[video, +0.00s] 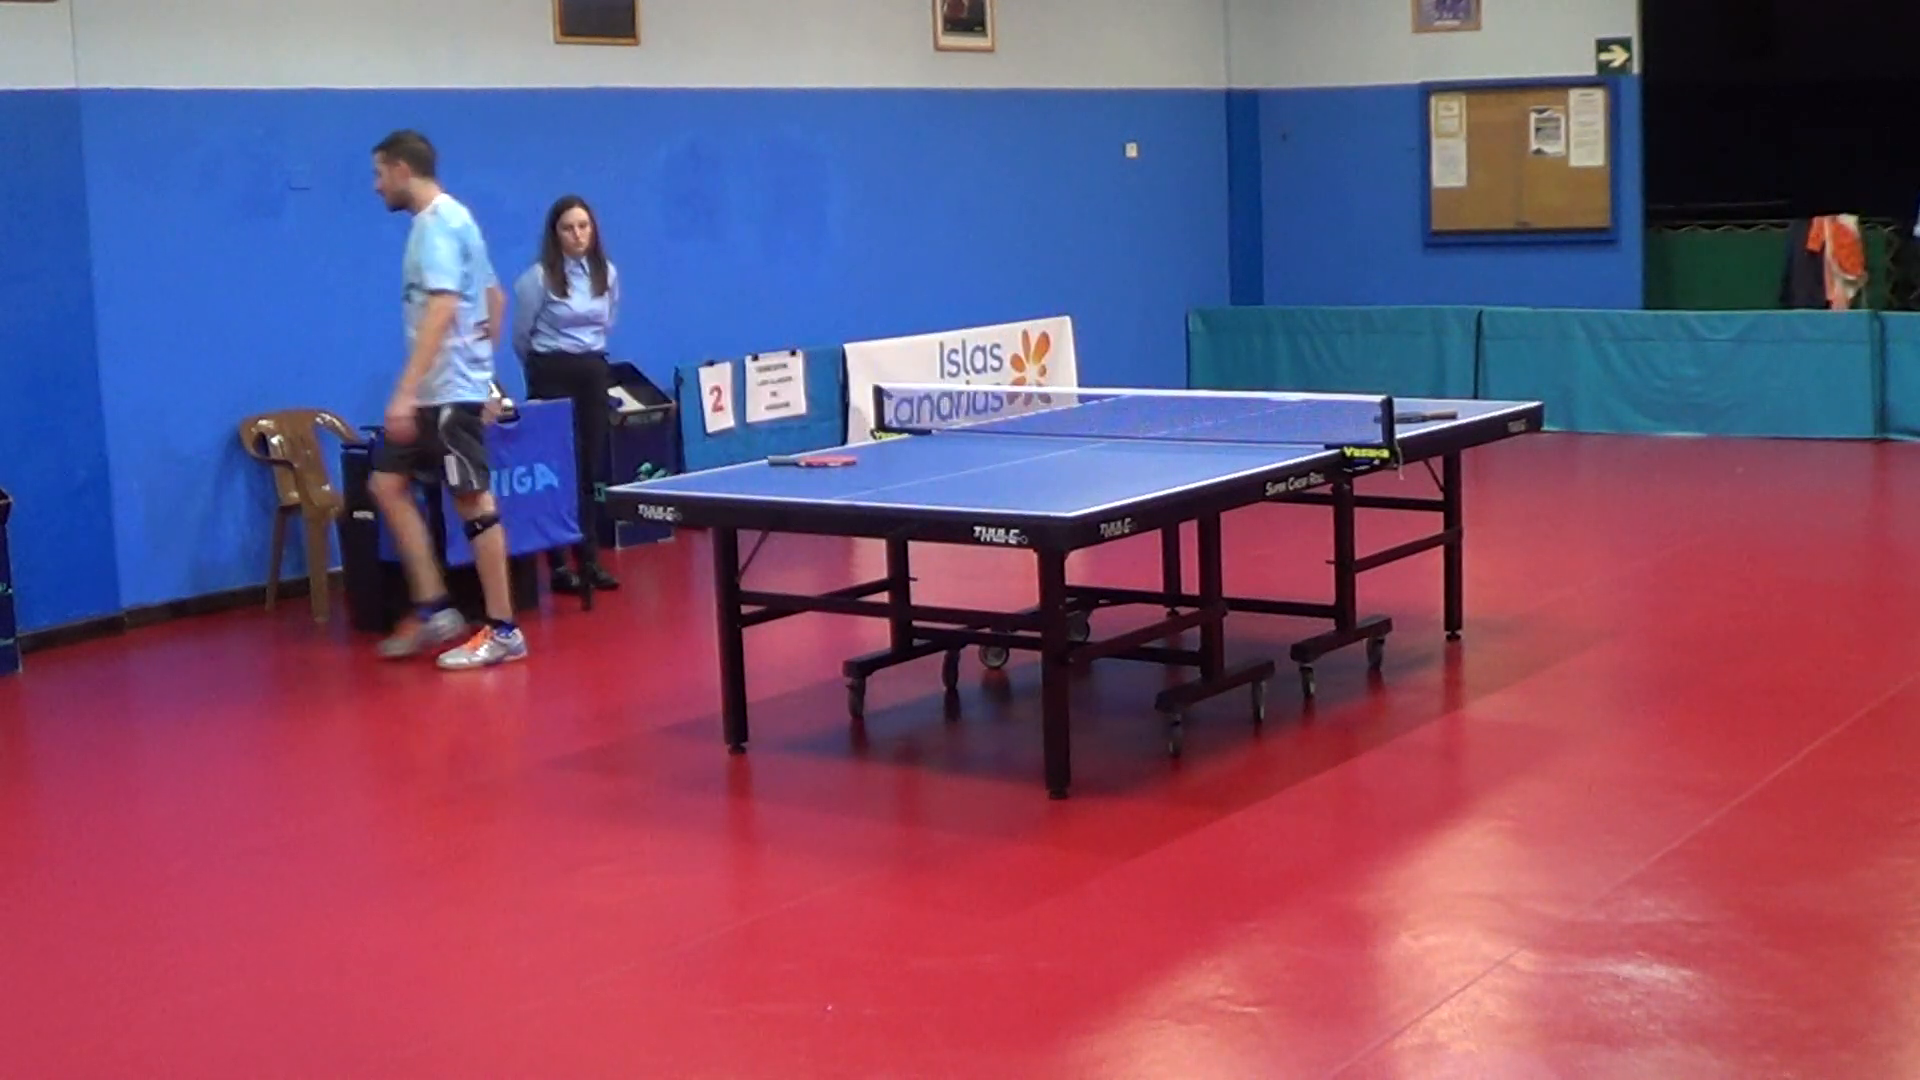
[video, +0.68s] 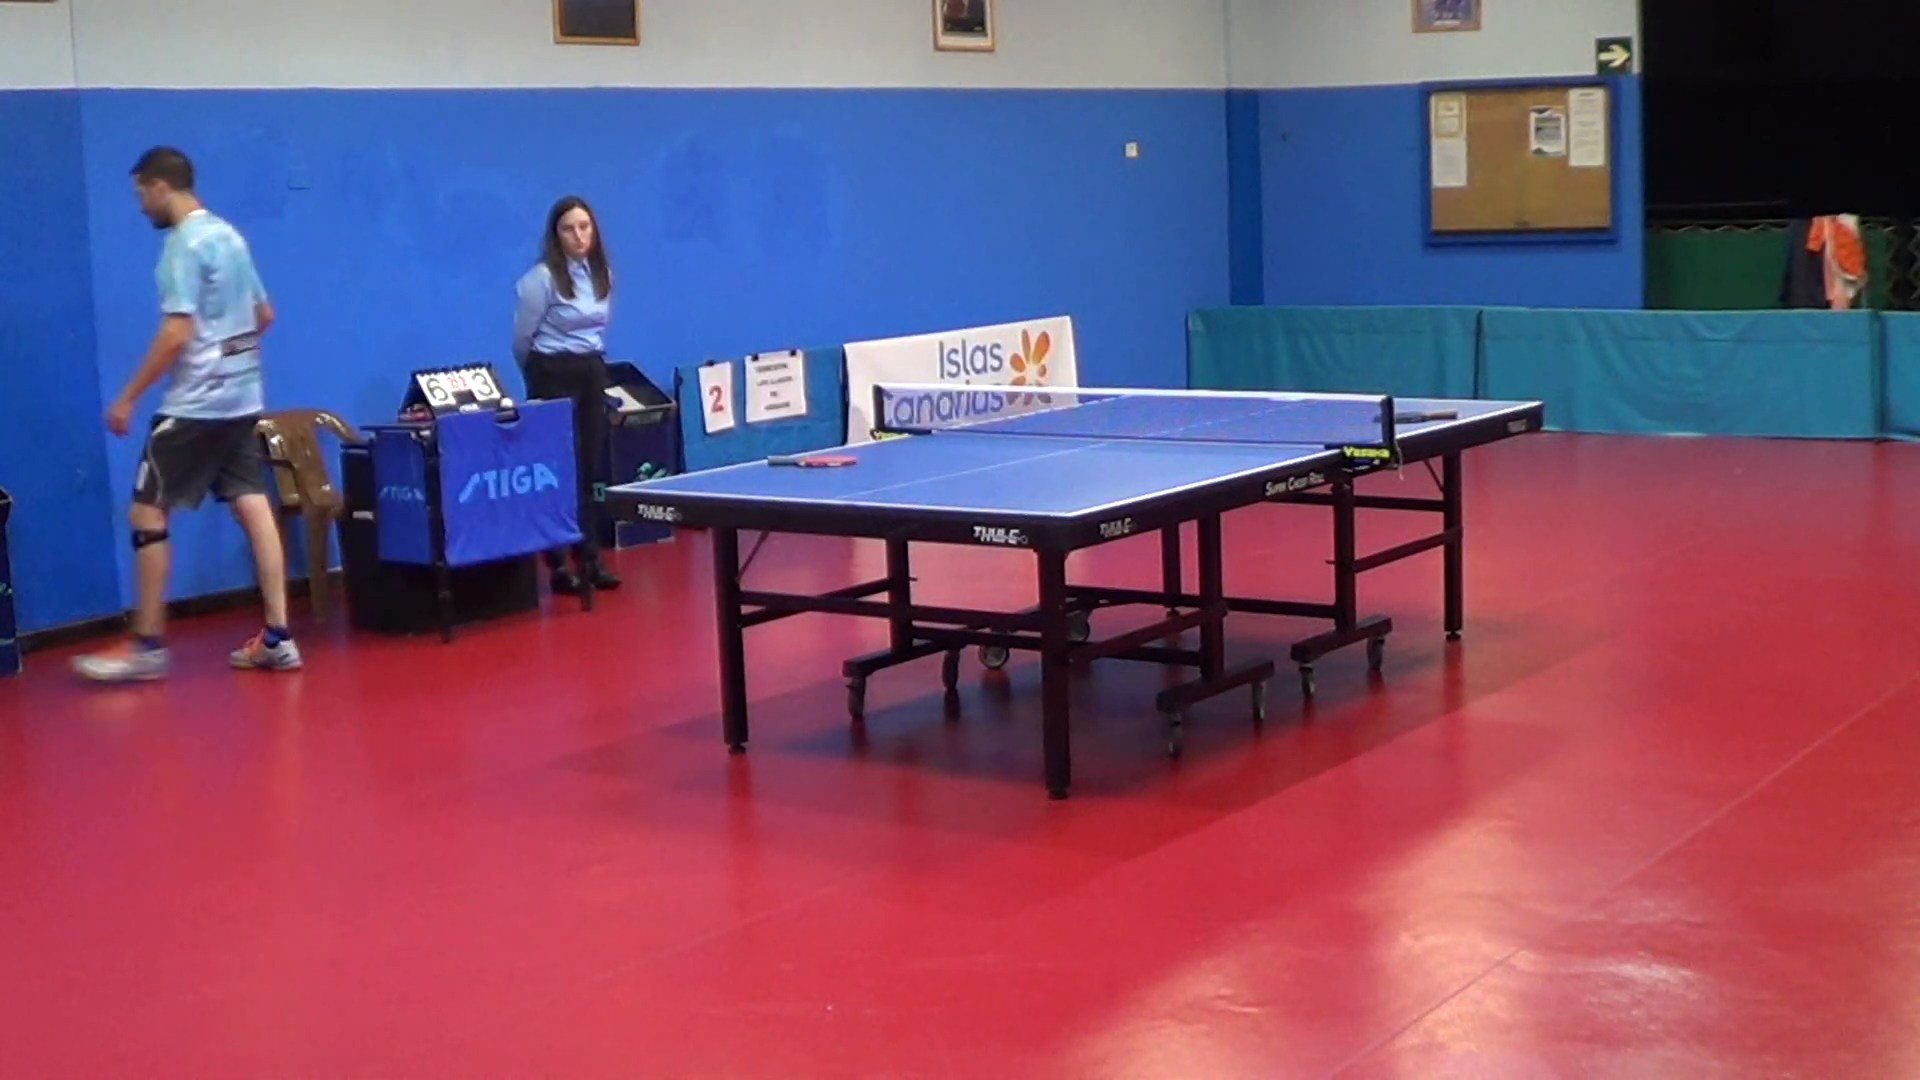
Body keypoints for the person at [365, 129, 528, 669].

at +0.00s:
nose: (376, 183)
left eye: (381, 172)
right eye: (376, 173)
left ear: (404, 171)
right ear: (415, 170)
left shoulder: (437, 224)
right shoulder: (455, 218)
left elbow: (442, 310)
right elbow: (494, 298)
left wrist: (405, 392)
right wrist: (479, 368)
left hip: (454, 393)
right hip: (431, 393)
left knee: (475, 504)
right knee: (387, 486)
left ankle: (503, 628)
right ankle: (435, 611)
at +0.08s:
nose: (348, 189)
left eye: (352, 177)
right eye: (348, 178)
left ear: (374, 175)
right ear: (385, 175)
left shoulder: (405, 229)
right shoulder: (427, 224)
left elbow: (399, 318)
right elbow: (469, 306)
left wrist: (351, 394)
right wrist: (460, 381)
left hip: (428, 399)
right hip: (398, 401)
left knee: (464, 507)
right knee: (370, 499)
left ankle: (502, 628)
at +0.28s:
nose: (275, 195)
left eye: (279, 184)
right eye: (276, 184)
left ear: (300, 183)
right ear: (315, 182)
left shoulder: (326, 239)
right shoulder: (358, 235)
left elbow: (315, 326)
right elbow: (395, 320)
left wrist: (260, 397)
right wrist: (386, 400)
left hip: (341, 410)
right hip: (330, 409)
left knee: (385, 515)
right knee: (311, 514)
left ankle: (474, 612)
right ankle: (283, 638)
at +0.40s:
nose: (236, 194)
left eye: (238, 183)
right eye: (235, 183)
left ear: (258, 179)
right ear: (275, 179)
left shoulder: (284, 236)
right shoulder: (314, 232)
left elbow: (275, 327)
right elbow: (346, 321)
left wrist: (223, 394)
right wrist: (325, 390)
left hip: (292, 400)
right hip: (311, 398)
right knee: (296, 522)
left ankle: (400, 584)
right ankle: (280, 637)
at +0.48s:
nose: (208, 193)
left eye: (212, 183)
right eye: (209, 183)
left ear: (233, 181)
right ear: (251, 181)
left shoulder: (256, 238)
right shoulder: (291, 231)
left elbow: (248, 327)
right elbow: (317, 318)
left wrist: (198, 392)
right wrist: (289, 375)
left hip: (259, 401)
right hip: (293, 400)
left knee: (225, 516)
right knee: (285, 511)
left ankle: (338, 584)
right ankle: (279, 636)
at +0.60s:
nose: (169, 199)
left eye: (171, 187)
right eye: (168, 188)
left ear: (192, 183)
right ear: (210, 181)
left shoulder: (214, 239)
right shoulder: (254, 231)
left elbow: (208, 329)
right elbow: (283, 316)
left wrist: (158, 393)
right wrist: (234, 352)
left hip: (220, 401)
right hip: (262, 400)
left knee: (166, 506)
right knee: (265, 506)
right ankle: (280, 634)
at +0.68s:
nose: (140, 205)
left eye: (141, 194)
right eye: (138, 195)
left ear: (161, 188)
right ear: (181, 186)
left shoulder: (184, 243)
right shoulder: (228, 234)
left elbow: (177, 333)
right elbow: (261, 315)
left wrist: (127, 398)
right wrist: (211, 348)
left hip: (195, 406)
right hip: (241, 404)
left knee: (147, 511)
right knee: (254, 507)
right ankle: (278, 637)